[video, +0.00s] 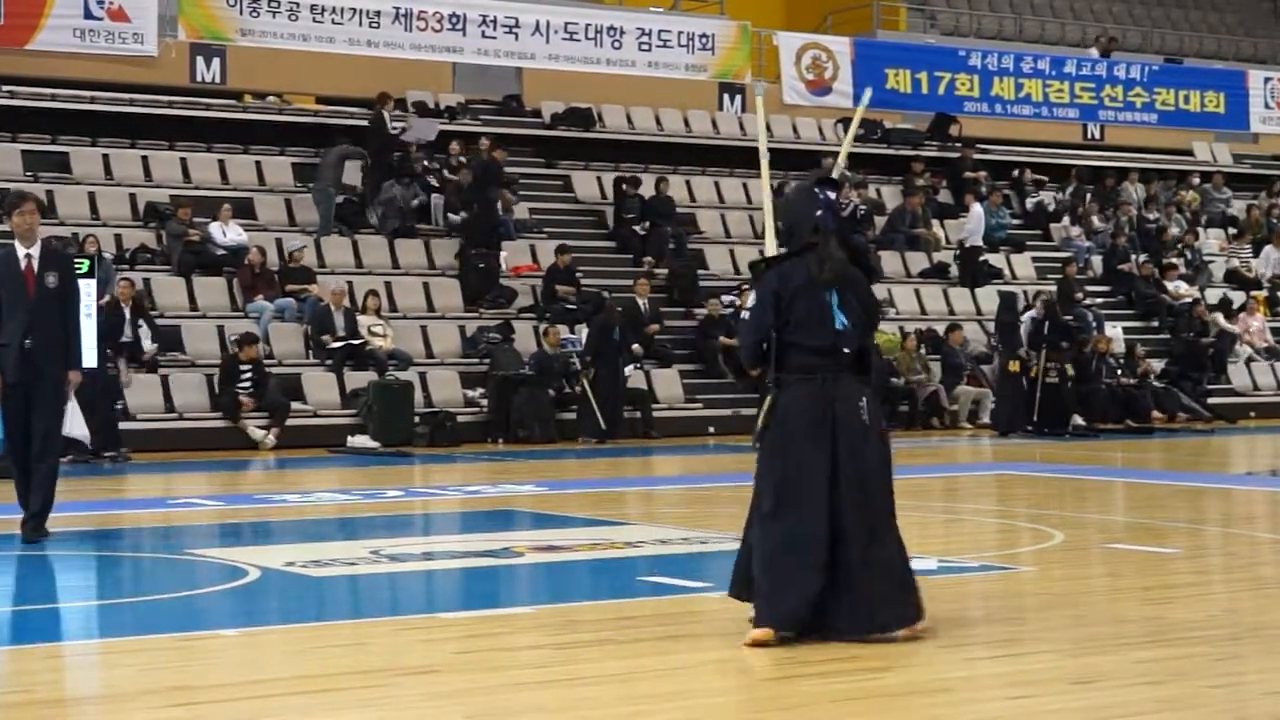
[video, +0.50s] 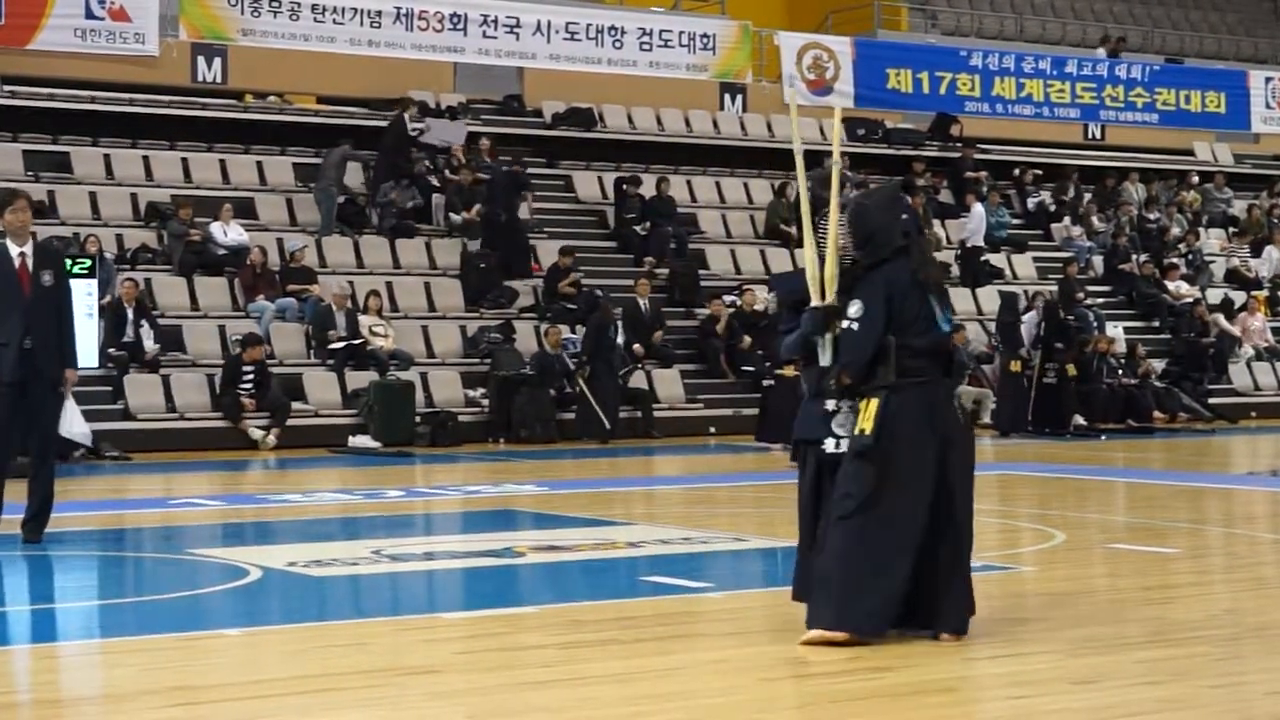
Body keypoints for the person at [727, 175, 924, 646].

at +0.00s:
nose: (781, 229)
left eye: (783, 222)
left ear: (789, 226)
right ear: (833, 224)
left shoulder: (776, 279)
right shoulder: (855, 281)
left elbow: (750, 347)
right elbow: (865, 345)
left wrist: (756, 369)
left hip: (797, 405)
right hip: (852, 404)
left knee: (783, 505)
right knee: (866, 504)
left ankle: (773, 615)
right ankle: (897, 608)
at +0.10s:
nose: (790, 237)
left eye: (794, 230)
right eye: (793, 227)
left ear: (804, 234)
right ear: (841, 232)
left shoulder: (795, 284)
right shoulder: (869, 285)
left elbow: (766, 353)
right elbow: (878, 355)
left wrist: (768, 374)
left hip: (811, 411)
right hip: (866, 409)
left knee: (785, 511)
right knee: (889, 511)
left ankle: (772, 617)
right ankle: (932, 610)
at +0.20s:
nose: (810, 237)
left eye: (815, 229)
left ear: (823, 232)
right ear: (866, 227)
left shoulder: (822, 281)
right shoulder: (888, 279)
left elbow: (793, 354)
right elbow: (888, 342)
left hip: (839, 405)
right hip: (891, 404)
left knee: (804, 506)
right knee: (905, 509)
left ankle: (777, 613)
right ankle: (940, 612)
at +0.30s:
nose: (827, 242)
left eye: (831, 233)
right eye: (827, 232)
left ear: (845, 234)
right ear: (878, 228)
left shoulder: (850, 282)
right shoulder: (901, 274)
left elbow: (824, 355)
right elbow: (915, 343)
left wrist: (800, 323)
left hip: (866, 409)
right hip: (915, 405)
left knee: (827, 507)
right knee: (916, 511)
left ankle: (799, 613)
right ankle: (938, 614)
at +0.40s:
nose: (840, 242)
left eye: (846, 232)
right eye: (840, 231)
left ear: (864, 235)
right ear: (894, 231)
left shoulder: (868, 283)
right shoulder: (914, 274)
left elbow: (848, 356)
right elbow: (921, 342)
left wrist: (836, 379)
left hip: (887, 408)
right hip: (929, 404)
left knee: (845, 505)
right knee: (917, 511)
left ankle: (826, 615)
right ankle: (914, 612)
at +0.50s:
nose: (848, 237)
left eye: (855, 228)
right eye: (848, 227)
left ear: (875, 232)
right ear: (904, 229)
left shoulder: (876, 282)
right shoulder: (927, 276)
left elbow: (857, 354)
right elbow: (939, 345)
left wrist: (841, 377)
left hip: (894, 409)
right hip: (940, 407)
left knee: (856, 506)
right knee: (944, 513)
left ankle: (843, 617)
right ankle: (950, 618)